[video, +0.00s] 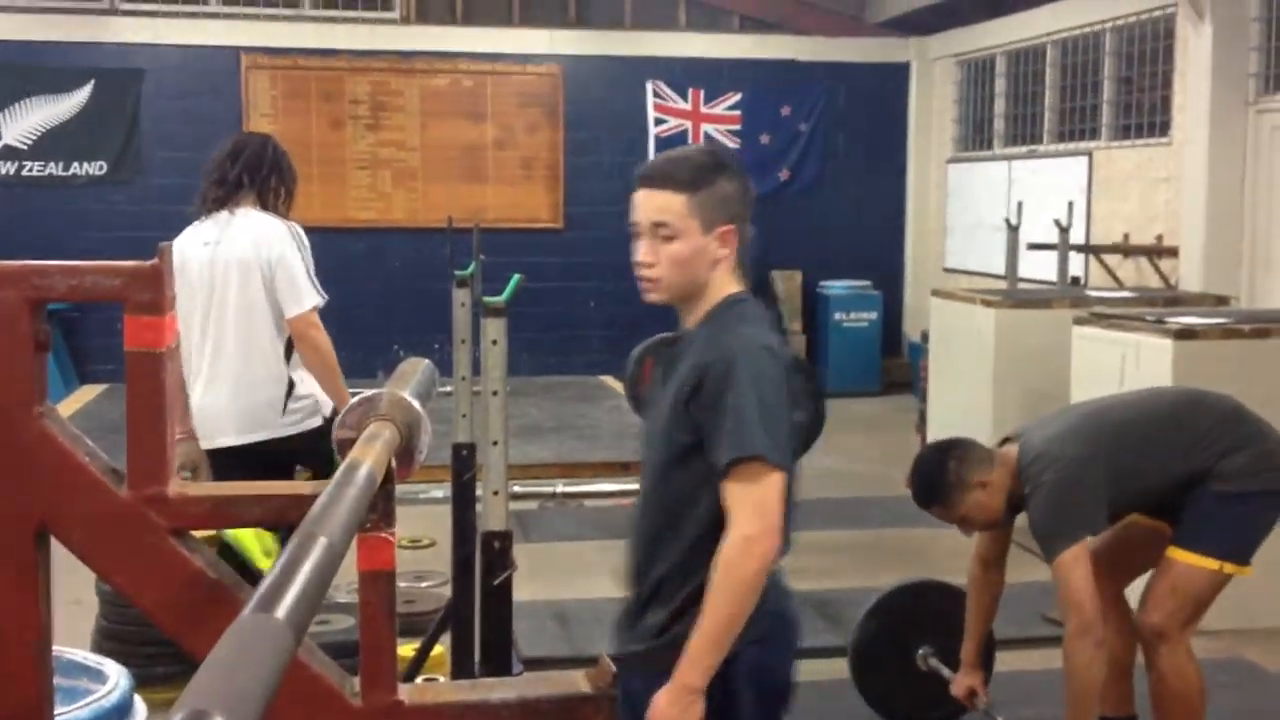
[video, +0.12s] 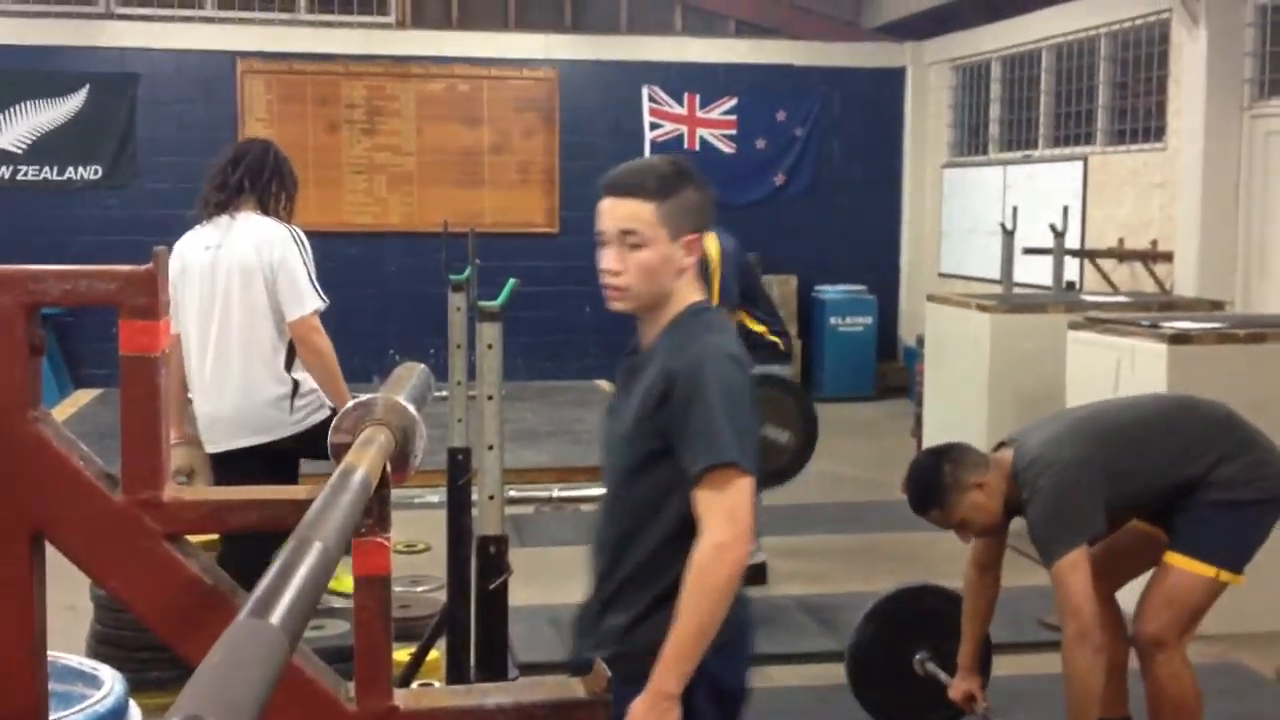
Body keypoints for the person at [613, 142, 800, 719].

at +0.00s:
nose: (641, 254)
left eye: (663, 236)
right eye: (637, 235)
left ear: (722, 244)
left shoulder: (743, 351)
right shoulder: (704, 340)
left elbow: (756, 535)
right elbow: (697, 516)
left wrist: (687, 686)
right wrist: (646, 649)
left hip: (716, 664)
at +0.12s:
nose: (607, 262)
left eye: (631, 244)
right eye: (602, 243)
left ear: (688, 252)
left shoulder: (706, 358)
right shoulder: (658, 347)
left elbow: (728, 538)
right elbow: (656, 523)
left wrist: (663, 691)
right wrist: (611, 657)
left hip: (678, 673)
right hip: (635, 662)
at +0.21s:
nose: (590, 263)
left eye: (614, 243)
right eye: (582, 243)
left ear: (669, 254)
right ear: (572, 246)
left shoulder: (677, 361)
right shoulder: (621, 355)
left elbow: (703, 534)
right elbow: (622, 521)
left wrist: (643, 693)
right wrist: (584, 661)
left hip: (642, 680)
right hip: (597, 666)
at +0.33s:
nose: (549, 266)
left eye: (572, 245)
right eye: (538, 246)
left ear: (621, 256)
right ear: (526, 254)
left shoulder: (631, 363)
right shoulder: (569, 360)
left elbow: (663, 535)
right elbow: (550, 518)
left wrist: (596, 680)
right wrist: (501, 622)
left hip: (589, 671)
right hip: (542, 662)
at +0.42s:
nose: (498, 273)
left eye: (520, 252)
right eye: (488, 256)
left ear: (576, 255)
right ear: (480, 261)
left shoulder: (597, 361)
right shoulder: (530, 361)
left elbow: (640, 533)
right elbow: (503, 514)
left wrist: (561, 675)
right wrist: (442, 625)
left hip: (567, 657)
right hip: (510, 644)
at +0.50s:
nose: (439, 288)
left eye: (457, 264)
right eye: (433, 269)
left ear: (520, 258)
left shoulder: (558, 359)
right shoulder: (491, 359)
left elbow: (616, 525)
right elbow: (462, 499)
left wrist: (520, 658)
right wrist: (390, 618)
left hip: (540, 670)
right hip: (476, 655)